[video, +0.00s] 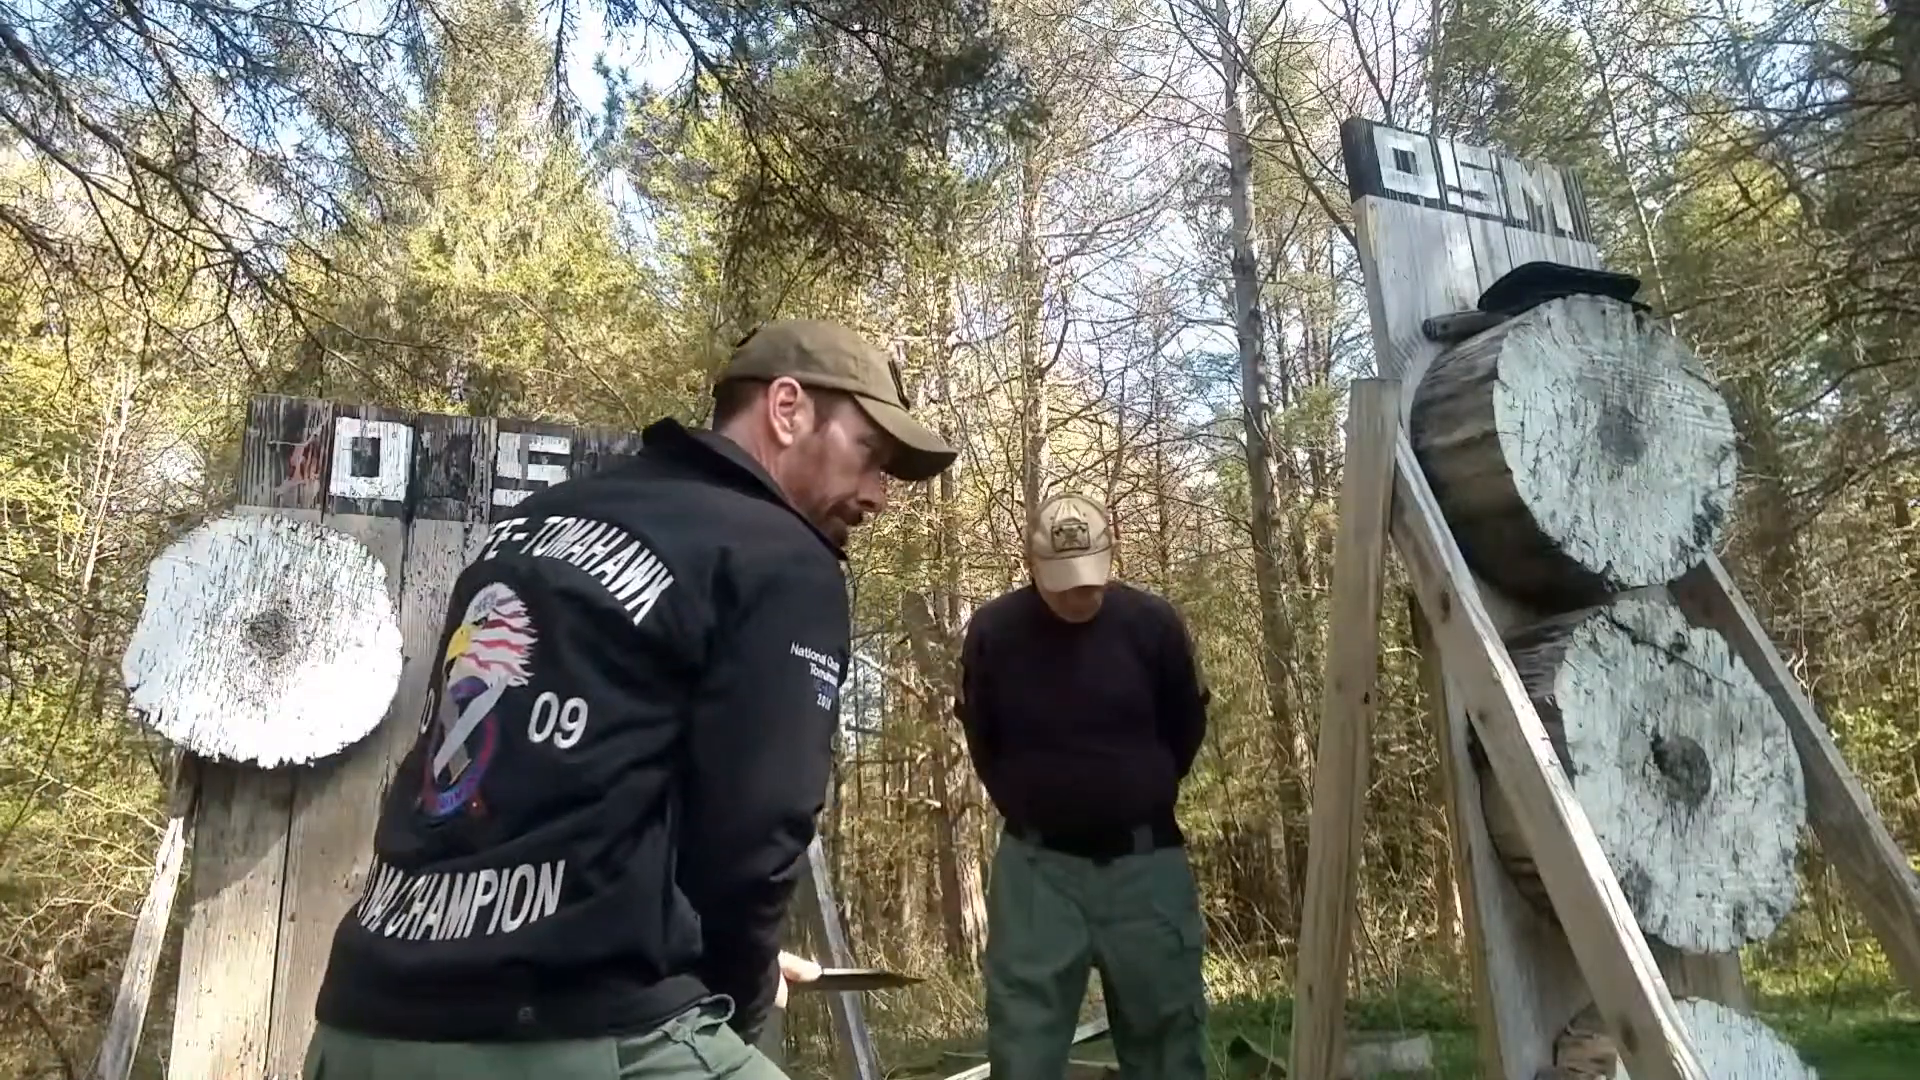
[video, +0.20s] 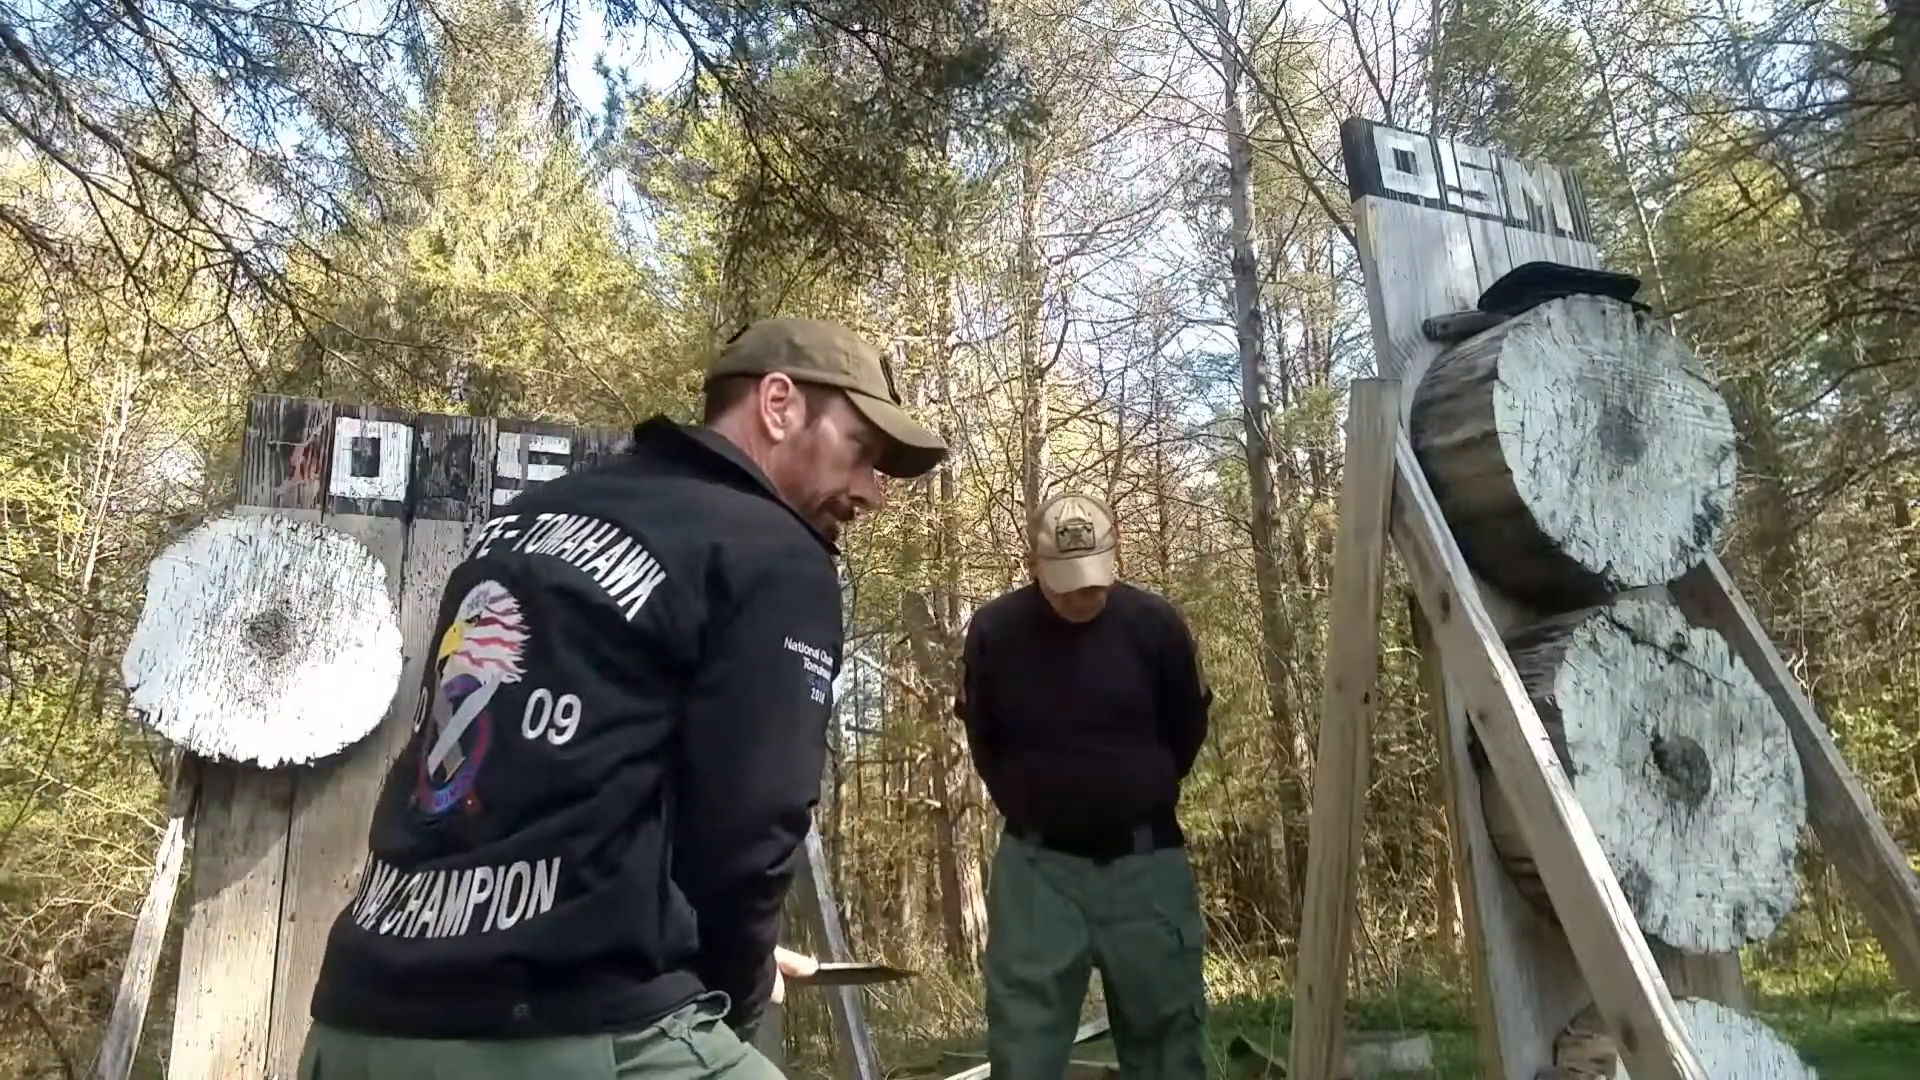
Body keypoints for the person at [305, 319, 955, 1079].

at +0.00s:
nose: (881, 495)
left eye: (889, 470)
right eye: (872, 455)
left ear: (775, 413)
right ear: (785, 411)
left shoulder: (548, 510)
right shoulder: (782, 559)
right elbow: (752, 833)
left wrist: (738, 951)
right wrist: (742, 994)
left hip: (374, 1014)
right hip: (595, 1026)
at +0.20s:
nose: (874, 492)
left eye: (882, 467)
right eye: (864, 450)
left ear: (768, 407)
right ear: (778, 405)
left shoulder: (536, 507)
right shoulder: (773, 553)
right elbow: (747, 833)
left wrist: (738, 948)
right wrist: (738, 995)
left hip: (368, 1017)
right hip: (590, 1026)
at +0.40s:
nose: (863, 486)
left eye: (870, 460)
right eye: (855, 444)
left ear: (760, 402)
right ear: (769, 401)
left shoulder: (524, 502)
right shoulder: (765, 548)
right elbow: (740, 824)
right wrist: (734, 983)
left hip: (361, 1018)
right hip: (584, 1024)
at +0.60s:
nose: (837, 478)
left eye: (844, 451)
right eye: (829, 436)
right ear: (741, 392)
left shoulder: (498, 499)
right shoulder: (740, 534)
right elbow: (723, 813)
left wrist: (731, 935)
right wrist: (724, 974)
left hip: (345, 1021)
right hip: (566, 1022)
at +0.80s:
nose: (751, 458)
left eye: (756, 430)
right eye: (739, 416)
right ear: (650, 381)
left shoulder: (419, 506)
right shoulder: (662, 519)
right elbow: (656, 797)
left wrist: (680, 928)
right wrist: (685, 966)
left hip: (298, 1016)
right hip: (512, 1008)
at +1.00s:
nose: (605, 455)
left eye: (609, 429)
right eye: (586, 413)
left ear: (492, 393)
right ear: (497, 389)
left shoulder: (271, 527)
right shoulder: (508, 518)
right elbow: (514, 794)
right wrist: (581, 964)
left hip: (182, 1023)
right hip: (385, 1012)